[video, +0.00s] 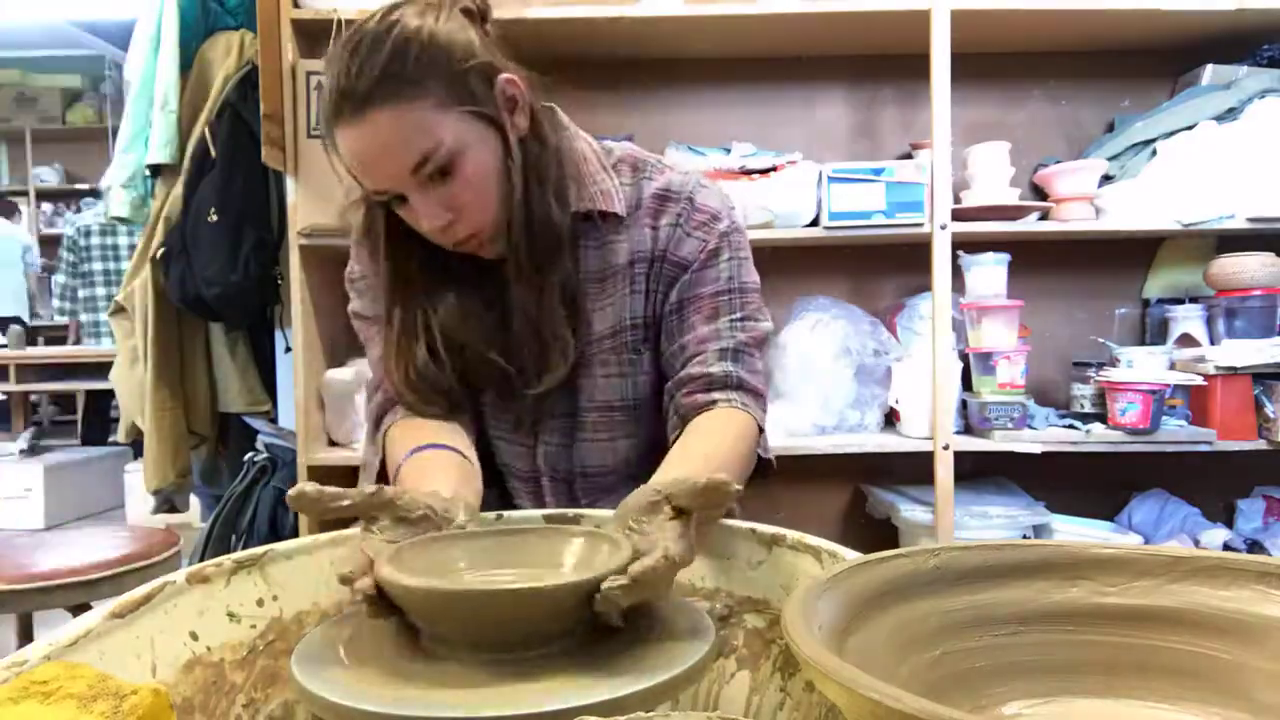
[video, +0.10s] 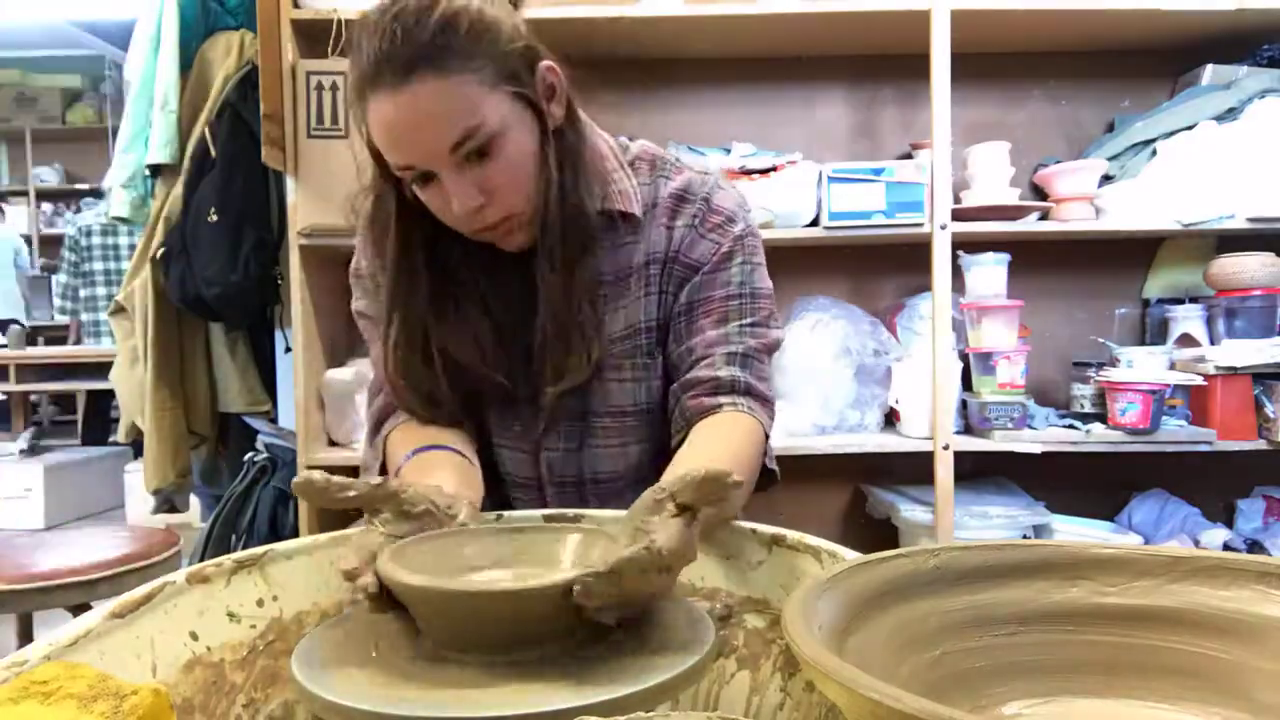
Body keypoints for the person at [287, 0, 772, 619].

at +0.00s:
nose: (432, 221)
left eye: (441, 172)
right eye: (396, 200)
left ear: (511, 108)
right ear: (374, 190)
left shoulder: (682, 220)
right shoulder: (391, 253)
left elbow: (726, 403)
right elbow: (419, 409)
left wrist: (662, 512)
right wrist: (432, 514)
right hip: (485, 584)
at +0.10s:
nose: (463, 205)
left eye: (479, 153)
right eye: (421, 178)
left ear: (548, 98)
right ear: (392, 168)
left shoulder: (695, 217)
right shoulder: (396, 247)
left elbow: (730, 403)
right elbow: (421, 415)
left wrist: (670, 518)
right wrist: (438, 512)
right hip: (488, 591)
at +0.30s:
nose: (547, 168)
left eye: (587, 127)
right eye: (510, 126)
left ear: (648, 106)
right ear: (469, 109)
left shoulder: (723, 227)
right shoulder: (408, 224)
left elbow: (750, 432)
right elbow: (383, 398)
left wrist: (688, 495)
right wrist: (373, 488)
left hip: (653, 585)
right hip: (466, 578)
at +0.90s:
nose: (561, 195)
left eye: (603, 156)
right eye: (528, 148)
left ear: (672, 127)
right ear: (492, 118)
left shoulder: (734, 241)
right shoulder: (410, 224)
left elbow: (755, 430)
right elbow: (339, 379)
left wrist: (702, 502)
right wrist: (376, 437)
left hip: (645, 592)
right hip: (448, 589)